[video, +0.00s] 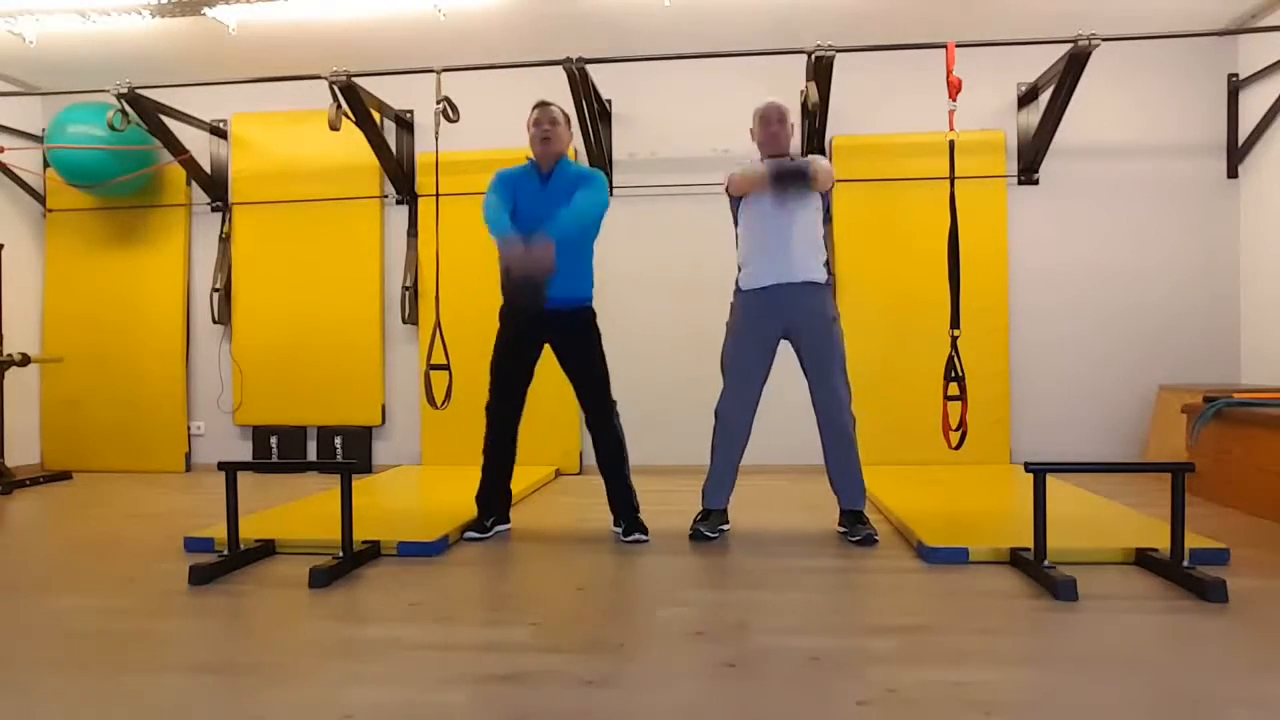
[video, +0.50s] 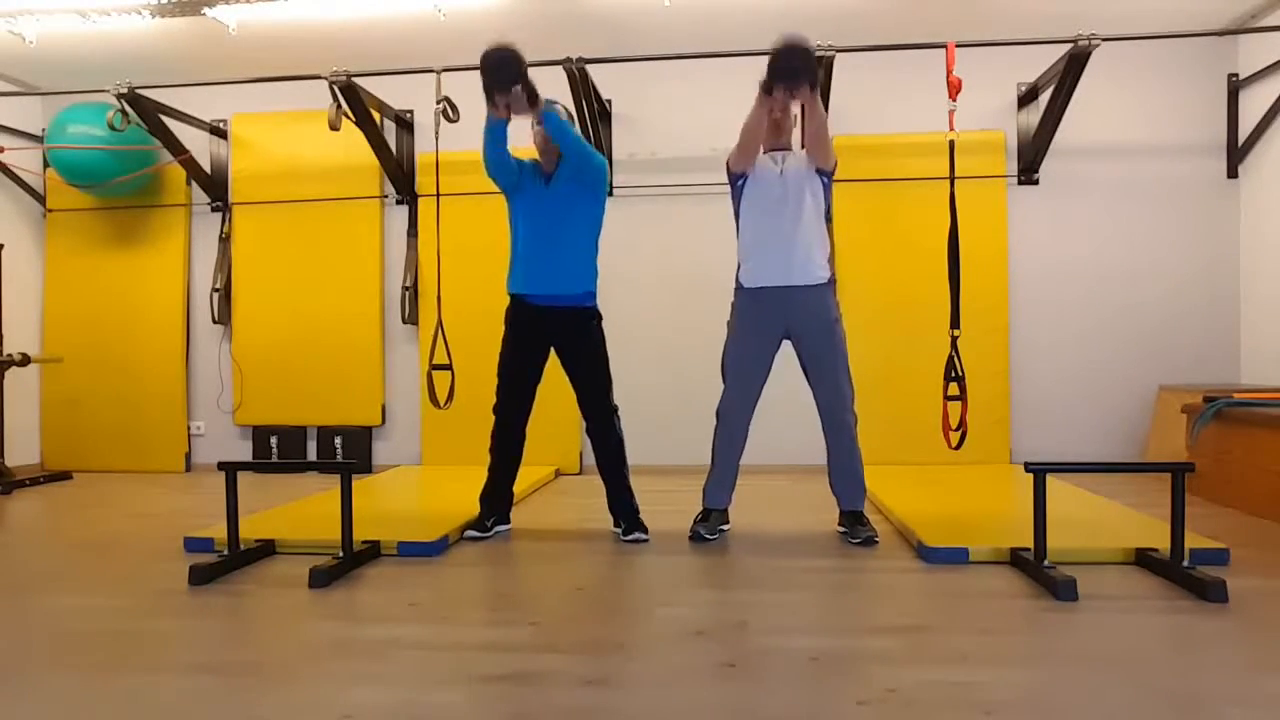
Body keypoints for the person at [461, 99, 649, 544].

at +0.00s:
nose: (545, 127)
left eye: (553, 122)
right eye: (537, 122)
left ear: (569, 135)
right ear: (527, 136)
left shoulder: (590, 180)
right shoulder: (509, 179)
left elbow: (584, 213)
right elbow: (494, 210)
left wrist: (546, 240)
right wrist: (511, 242)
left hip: (572, 315)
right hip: (520, 315)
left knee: (601, 413)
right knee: (501, 414)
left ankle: (627, 516)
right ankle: (493, 513)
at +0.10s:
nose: (547, 130)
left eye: (556, 124)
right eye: (540, 125)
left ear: (572, 137)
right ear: (529, 137)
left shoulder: (591, 177)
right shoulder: (516, 177)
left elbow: (589, 185)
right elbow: (493, 185)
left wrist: (544, 172)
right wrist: (514, 181)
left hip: (572, 313)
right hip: (520, 310)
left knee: (598, 415)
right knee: (505, 415)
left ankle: (626, 517)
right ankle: (493, 514)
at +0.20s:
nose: (547, 134)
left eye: (555, 127)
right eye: (540, 131)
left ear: (572, 136)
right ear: (532, 139)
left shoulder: (593, 177)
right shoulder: (518, 178)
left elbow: (566, 150)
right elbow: (495, 171)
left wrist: (546, 124)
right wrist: (502, 128)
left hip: (571, 311)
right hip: (519, 309)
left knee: (597, 415)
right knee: (507, 414)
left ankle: (626, 517)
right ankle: (494, 514)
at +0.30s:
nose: (537, 135)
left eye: (545, 129)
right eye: (533, 128)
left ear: (565, 137)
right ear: (532, 137)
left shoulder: (591, 176)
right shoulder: (518, 177)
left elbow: (577, 139)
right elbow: (494, 155)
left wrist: (544, 98)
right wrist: (500, 109)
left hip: (573, 312)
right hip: (522, 310)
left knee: (598, 417)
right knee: (508, 416)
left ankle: (626, 517)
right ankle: (494, 514)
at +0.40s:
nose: (541, 125)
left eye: (549, 120)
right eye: (536, 121)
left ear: (568, 132)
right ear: (532, 135)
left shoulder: (591, 173)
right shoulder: (518, 176)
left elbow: (576, 133)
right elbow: (494, 151)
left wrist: (544, 92)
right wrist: (499, 103)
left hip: (575, 311)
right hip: (524, 310)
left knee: (599, 415)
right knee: (509, 415)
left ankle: (627, 517)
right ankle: (494, 513)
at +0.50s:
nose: (539, 142)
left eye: (547, 136)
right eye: (536, 135)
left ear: (567, 141)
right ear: (535, 141)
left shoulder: (592, 175)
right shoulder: (520, 178)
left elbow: (570, 142)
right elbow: (495, 158)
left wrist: (544, 112)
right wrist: (498, 116)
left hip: (577, 312)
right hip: (526, 310)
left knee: (600, 415)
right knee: (509, 414)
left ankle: (627, 517)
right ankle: (494, 513)